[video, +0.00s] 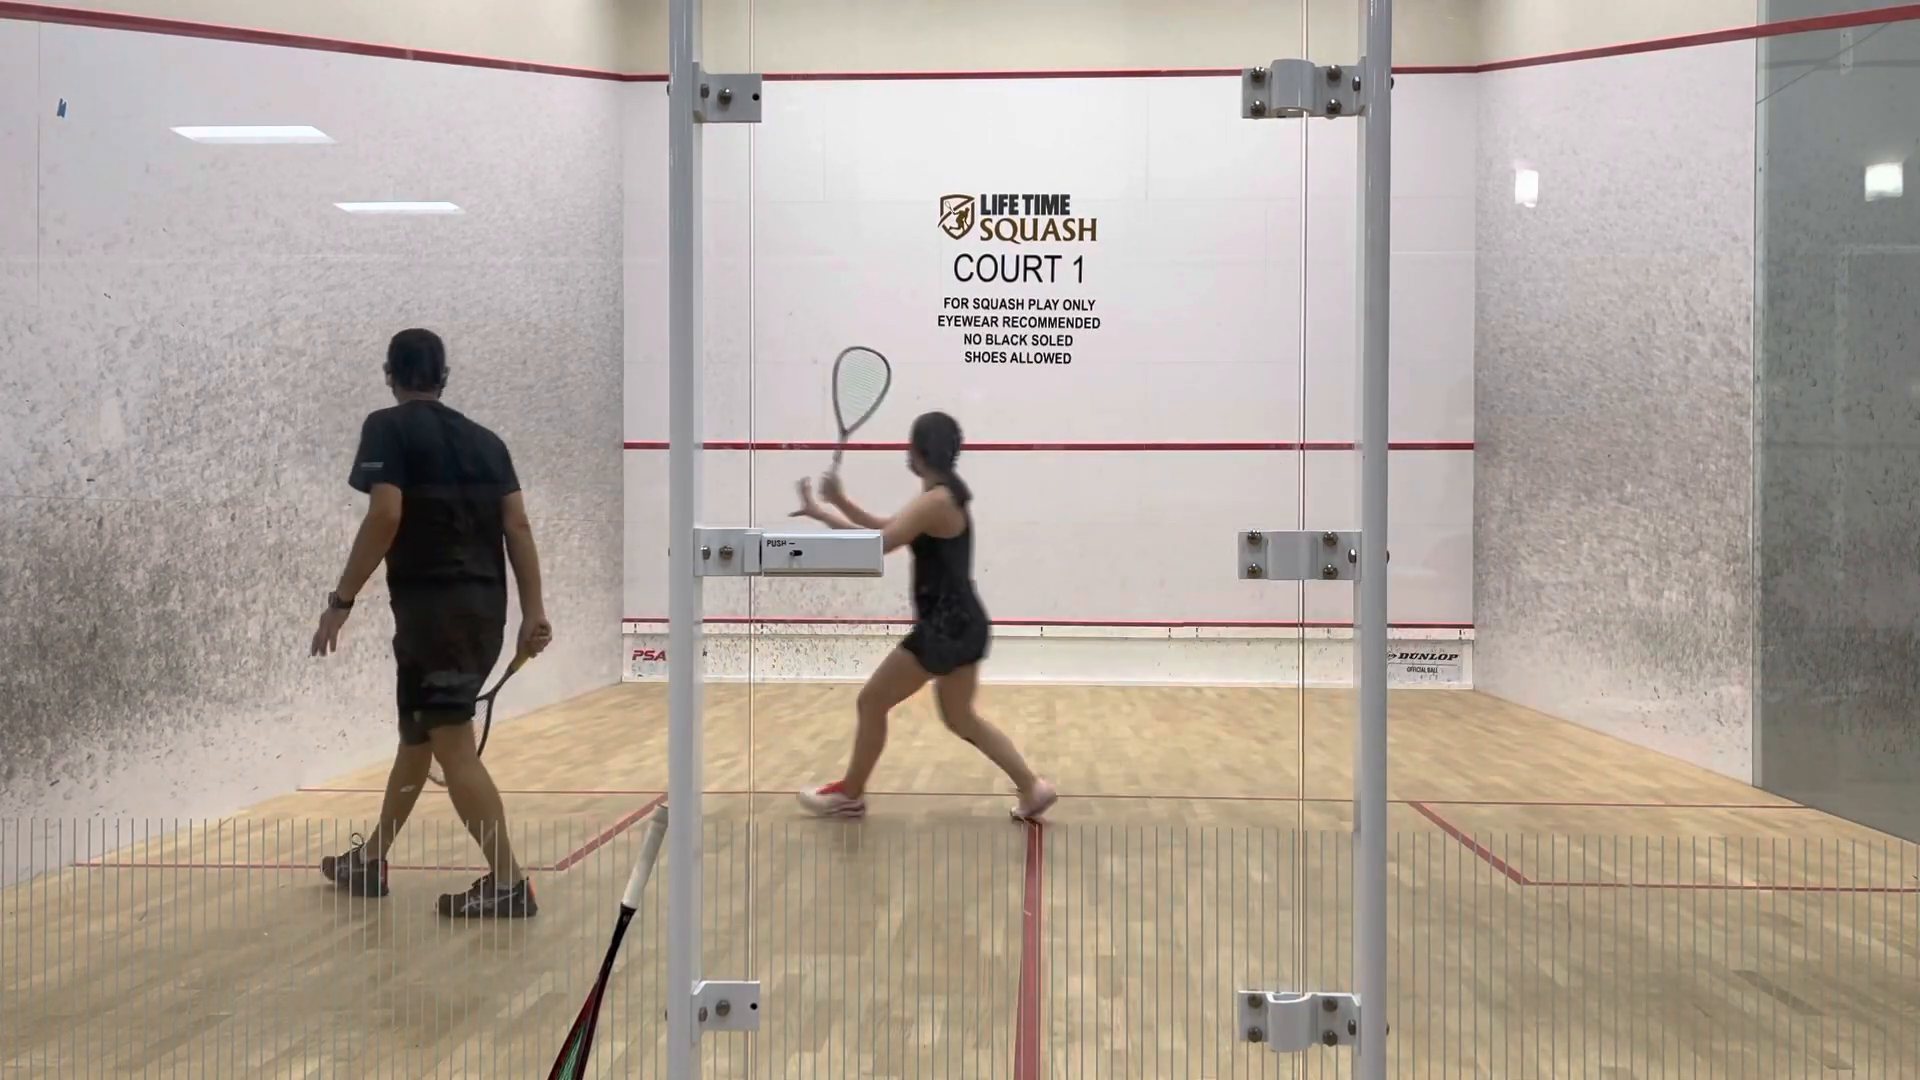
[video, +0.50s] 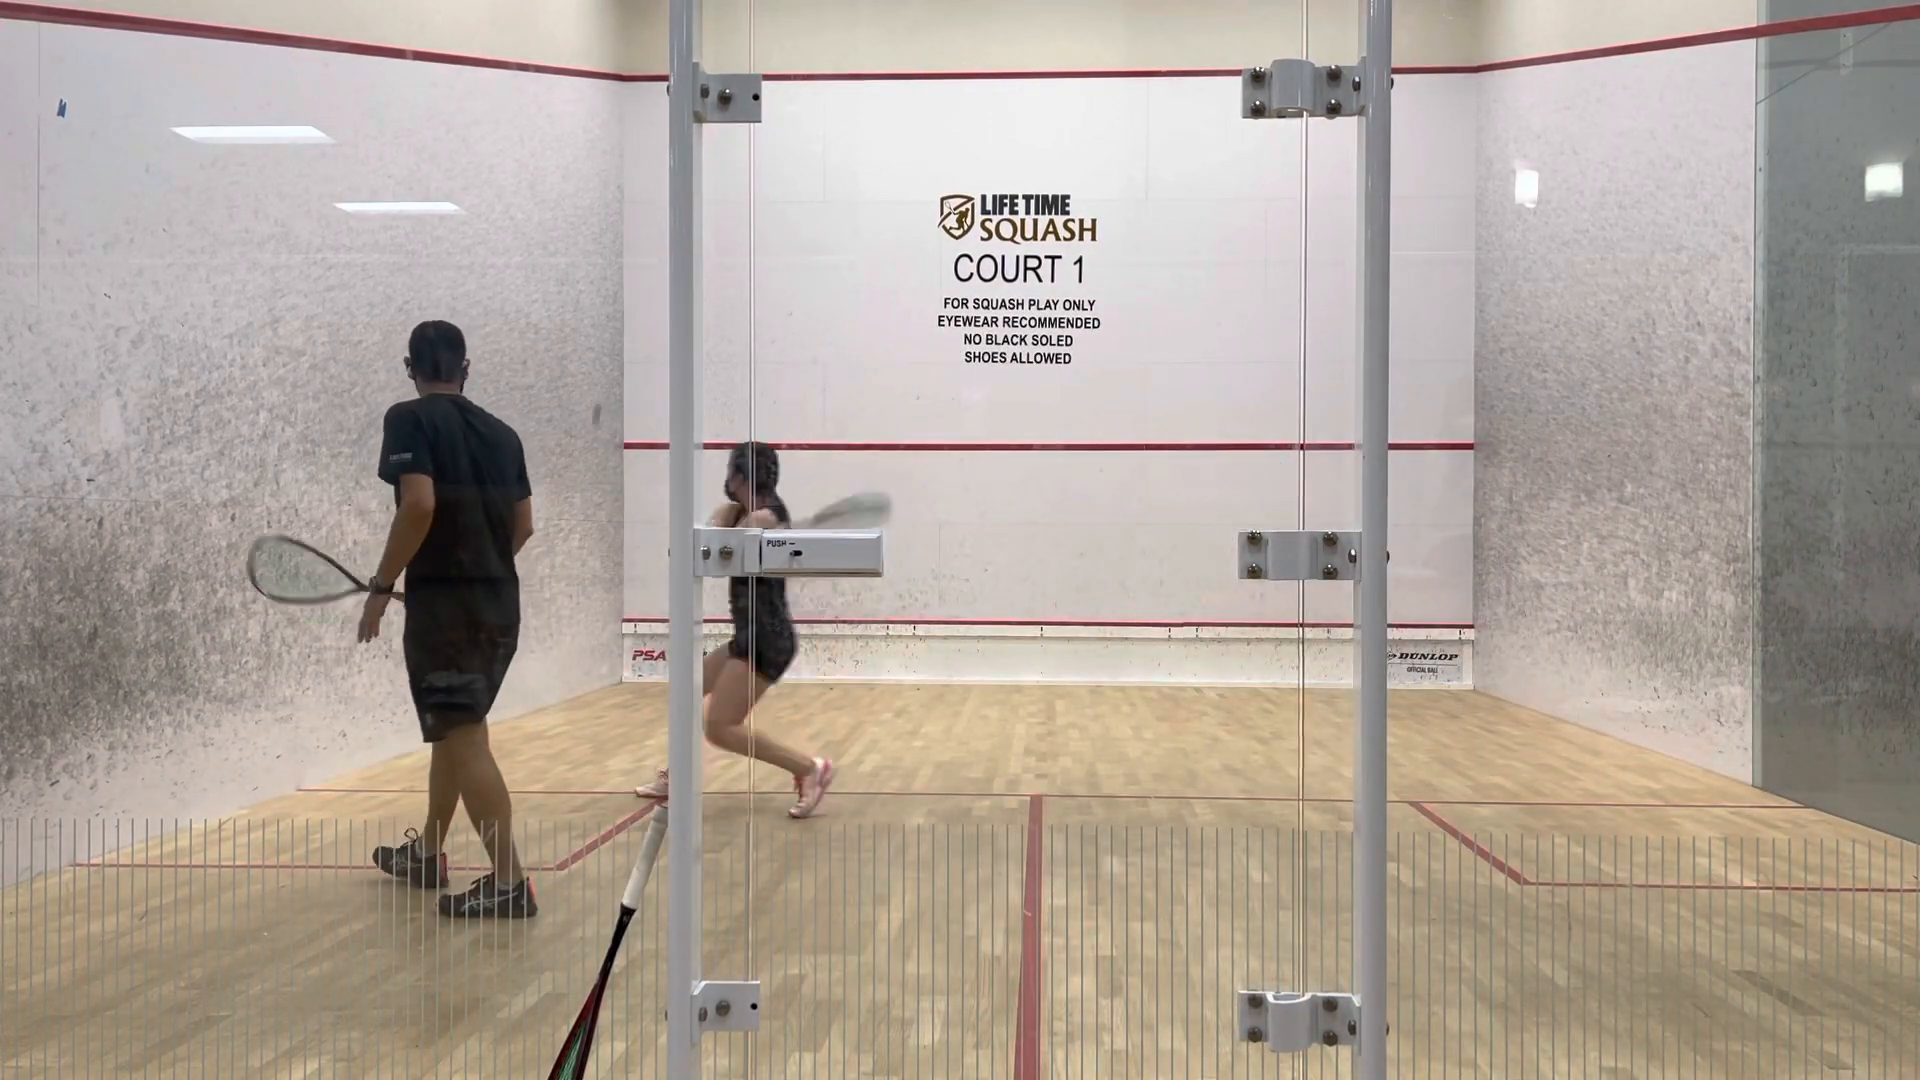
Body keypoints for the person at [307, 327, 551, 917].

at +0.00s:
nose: (398, 383)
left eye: (394, 375)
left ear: (392, 377)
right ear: (444, 378)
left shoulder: (388, 426)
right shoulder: (487, 441)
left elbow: (385, 514)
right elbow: (518, 528)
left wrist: (340, 600)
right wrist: (535, 612)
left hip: (428, 615)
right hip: (486, 614)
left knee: (455, 749)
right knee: (418, 737)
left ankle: (508, 883)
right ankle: (373, 857)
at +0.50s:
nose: (426, 377)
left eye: (418, 368)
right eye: (453, 368)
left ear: (412, 370)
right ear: (466, 371)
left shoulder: (409, 417)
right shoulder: (501, 432)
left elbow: (419, 503)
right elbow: (522, 526)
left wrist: (381, 586)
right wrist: (468, 572)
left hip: (441, 605)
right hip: (499, 605)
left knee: (465, 739)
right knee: (454, 731)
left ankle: (508, 881)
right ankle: (429, 852)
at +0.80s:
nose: (390, 390)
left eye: (384, 382)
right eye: (428, 378)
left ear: (379, 381)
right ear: (432, 380)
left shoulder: (382, 423)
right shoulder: (468, 436)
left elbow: (372, 512)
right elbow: (465, 533)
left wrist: (333, 575)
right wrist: (387, 562)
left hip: (430, 605)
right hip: (481, 602)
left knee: (430, 734)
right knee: (429, 730)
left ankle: (500, 867)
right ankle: (421, 851)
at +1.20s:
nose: (345, 415)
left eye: (341, 407)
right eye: (349, 408)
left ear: (343, 406)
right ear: (394, 401)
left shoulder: (368, 434)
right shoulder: (415, 439)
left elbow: (413, 498)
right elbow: (418, 549)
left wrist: (375, 578)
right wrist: (349, 567)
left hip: (449, 602)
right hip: (473, 599)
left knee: (410, 742)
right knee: (428, 734)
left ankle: (487, 870)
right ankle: (428, 854)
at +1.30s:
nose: (338, 408)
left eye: (335, 399)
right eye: (341, 399)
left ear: (340, 400)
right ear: (391, 394)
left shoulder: (374, 433)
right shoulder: (406, 435)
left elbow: (435, 487)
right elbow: (419, 549)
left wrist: (444, 587)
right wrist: (361, 575)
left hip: (440, 607)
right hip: (458, 606)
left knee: (402, 744)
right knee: (433, 737)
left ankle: (485, 873)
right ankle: (428, 854)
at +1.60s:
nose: (292, 394)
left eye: (295, 380)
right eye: (289, 383)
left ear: (329, 370)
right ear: (325, 374)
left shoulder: (405, 412)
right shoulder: (342, 453)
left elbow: (482, 482)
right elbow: (369, 530)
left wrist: (465, 572)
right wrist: (359, 577)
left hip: (450, 604)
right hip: (395, 610)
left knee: (443, 747)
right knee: (358, 733)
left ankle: (488, 882)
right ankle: (414, 846)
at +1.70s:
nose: (263, 390)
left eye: (268, 377)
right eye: (259, 380)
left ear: (305, 366)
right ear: (299, 370)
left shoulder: (383, 407)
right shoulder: (310, 459)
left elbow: (464, 476)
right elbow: (341, 545)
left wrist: (417, 563)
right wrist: (333, 573)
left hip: (440, 603)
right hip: (373, 610)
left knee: (458, 743)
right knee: (310, 730)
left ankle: (489, 883)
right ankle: (352, 870)